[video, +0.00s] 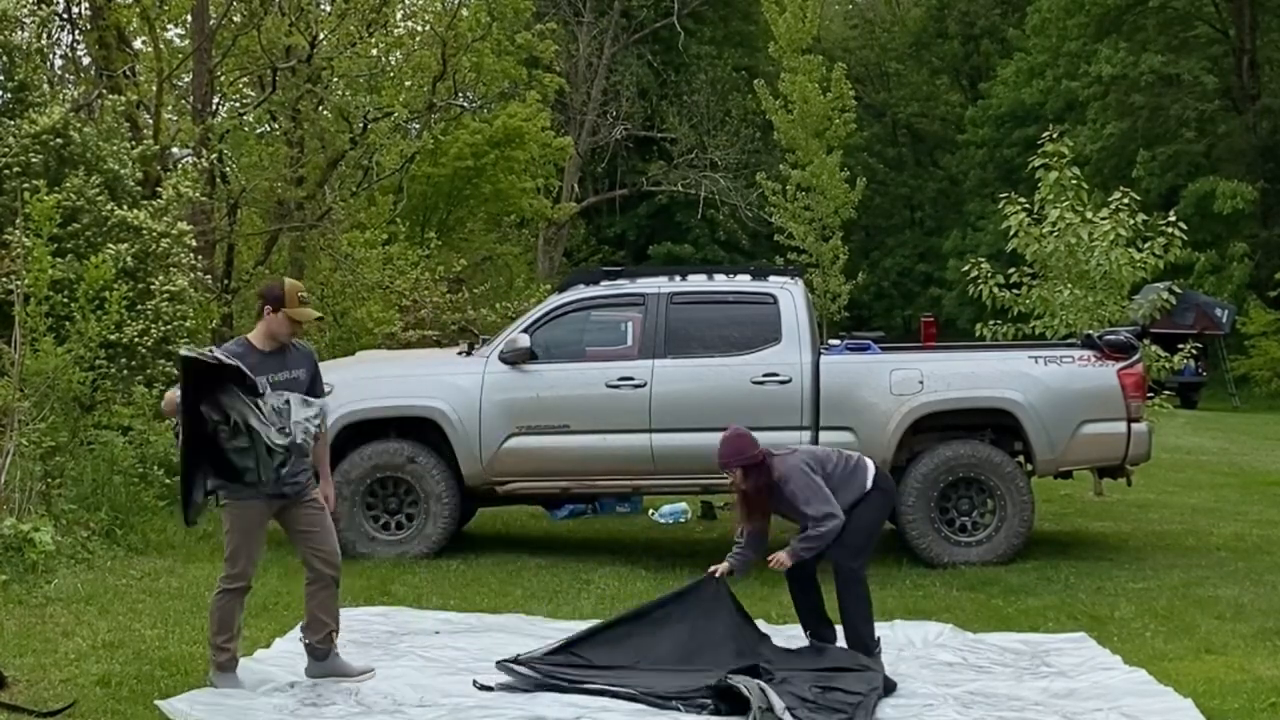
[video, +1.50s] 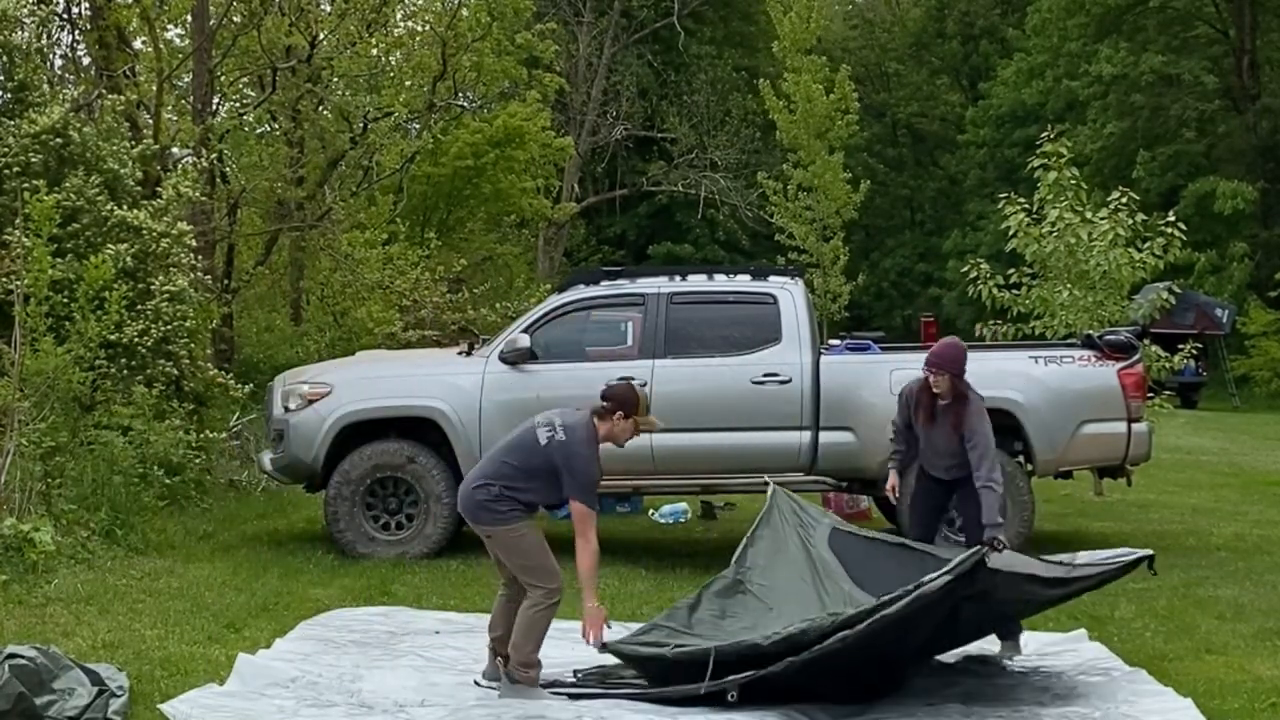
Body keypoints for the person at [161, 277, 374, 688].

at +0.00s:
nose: (298, 327)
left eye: (300, 320)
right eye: (293, 319)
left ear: (285, 316)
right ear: (269, 313)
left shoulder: (303, 358)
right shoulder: (228, 358)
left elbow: (318, 425)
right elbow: (170, 403)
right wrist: (201, 389)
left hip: (298, 486)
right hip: (246, 489)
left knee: (326, 562)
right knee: (237, 577)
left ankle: (321, 656)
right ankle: (223, 667)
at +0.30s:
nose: (403, 336)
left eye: (404, 329)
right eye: (399, 328)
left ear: (382, 327)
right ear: (378, 326)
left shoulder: (388, 371)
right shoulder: (338, 370)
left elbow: (388, 435)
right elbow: (304, 427)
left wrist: (398, 492)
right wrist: (310, 491)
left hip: (374, 499)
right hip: (335, 499)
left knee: (385, 582)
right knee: (315, 582)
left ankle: (384, 670)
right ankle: (245, 653)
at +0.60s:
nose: (529, 342)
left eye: (529, 335)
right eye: (525, 334)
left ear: (498, 334)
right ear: (507, 335)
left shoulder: (493, 374)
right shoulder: (483, 385)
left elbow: (510, 442)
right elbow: (492, 460)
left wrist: (537, 484)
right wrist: (532, 512)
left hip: (471, 497)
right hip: (476, 501)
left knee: (481, 580)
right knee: (511, 585)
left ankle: (414, 643)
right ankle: (515, 678)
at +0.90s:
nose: (594, 354)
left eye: (595, 348)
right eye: (591, 347)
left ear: (570, 344)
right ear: (571, 343)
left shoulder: (572, 383)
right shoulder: (528, 383)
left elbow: (608, 422)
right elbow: (495, 441)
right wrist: (498, 505)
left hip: (519, 496)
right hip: (498, 496)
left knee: (511, 585)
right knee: (510, 586)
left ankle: (495, 668)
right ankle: (514, 676)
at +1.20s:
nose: (603, 356)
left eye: (604, 350)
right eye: (601, 348)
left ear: (579, 346)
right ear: (581, 344)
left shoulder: (577, 386)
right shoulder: (548, 381)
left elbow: (617, 419)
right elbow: (517, 437)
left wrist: (664, 445)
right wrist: (532, 498)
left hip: (512, 493)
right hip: (500, 491)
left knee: (510, 584)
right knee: (512, 585)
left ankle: (497, 668)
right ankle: (513, 676)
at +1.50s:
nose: (635, 431)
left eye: (637, 424)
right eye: (634, 423)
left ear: (611, 412)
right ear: (618, 417)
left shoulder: (572, 421)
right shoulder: (581, 453)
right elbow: (585, 538)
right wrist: (591, 604)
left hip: (478, 496)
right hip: (496, 504)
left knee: (517, 584)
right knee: (547, 585)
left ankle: (498, 664)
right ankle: (520, 678)